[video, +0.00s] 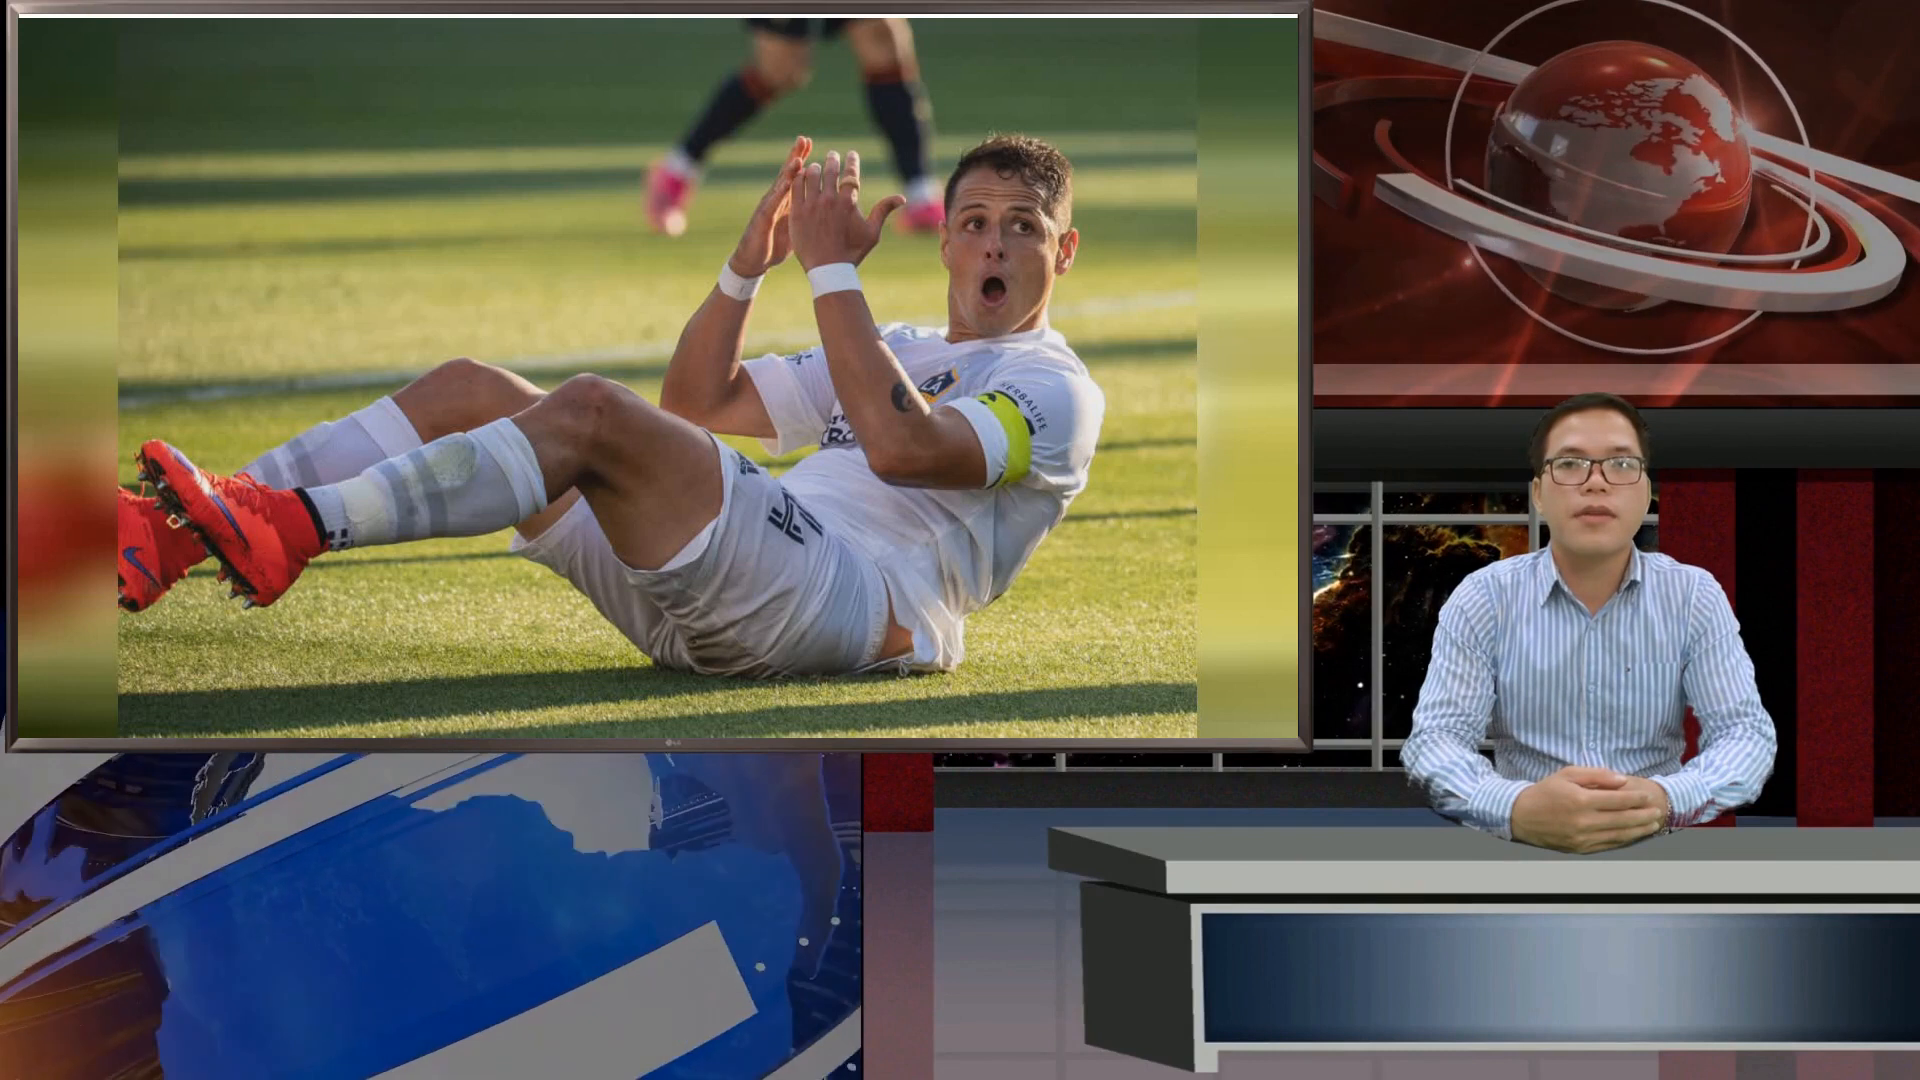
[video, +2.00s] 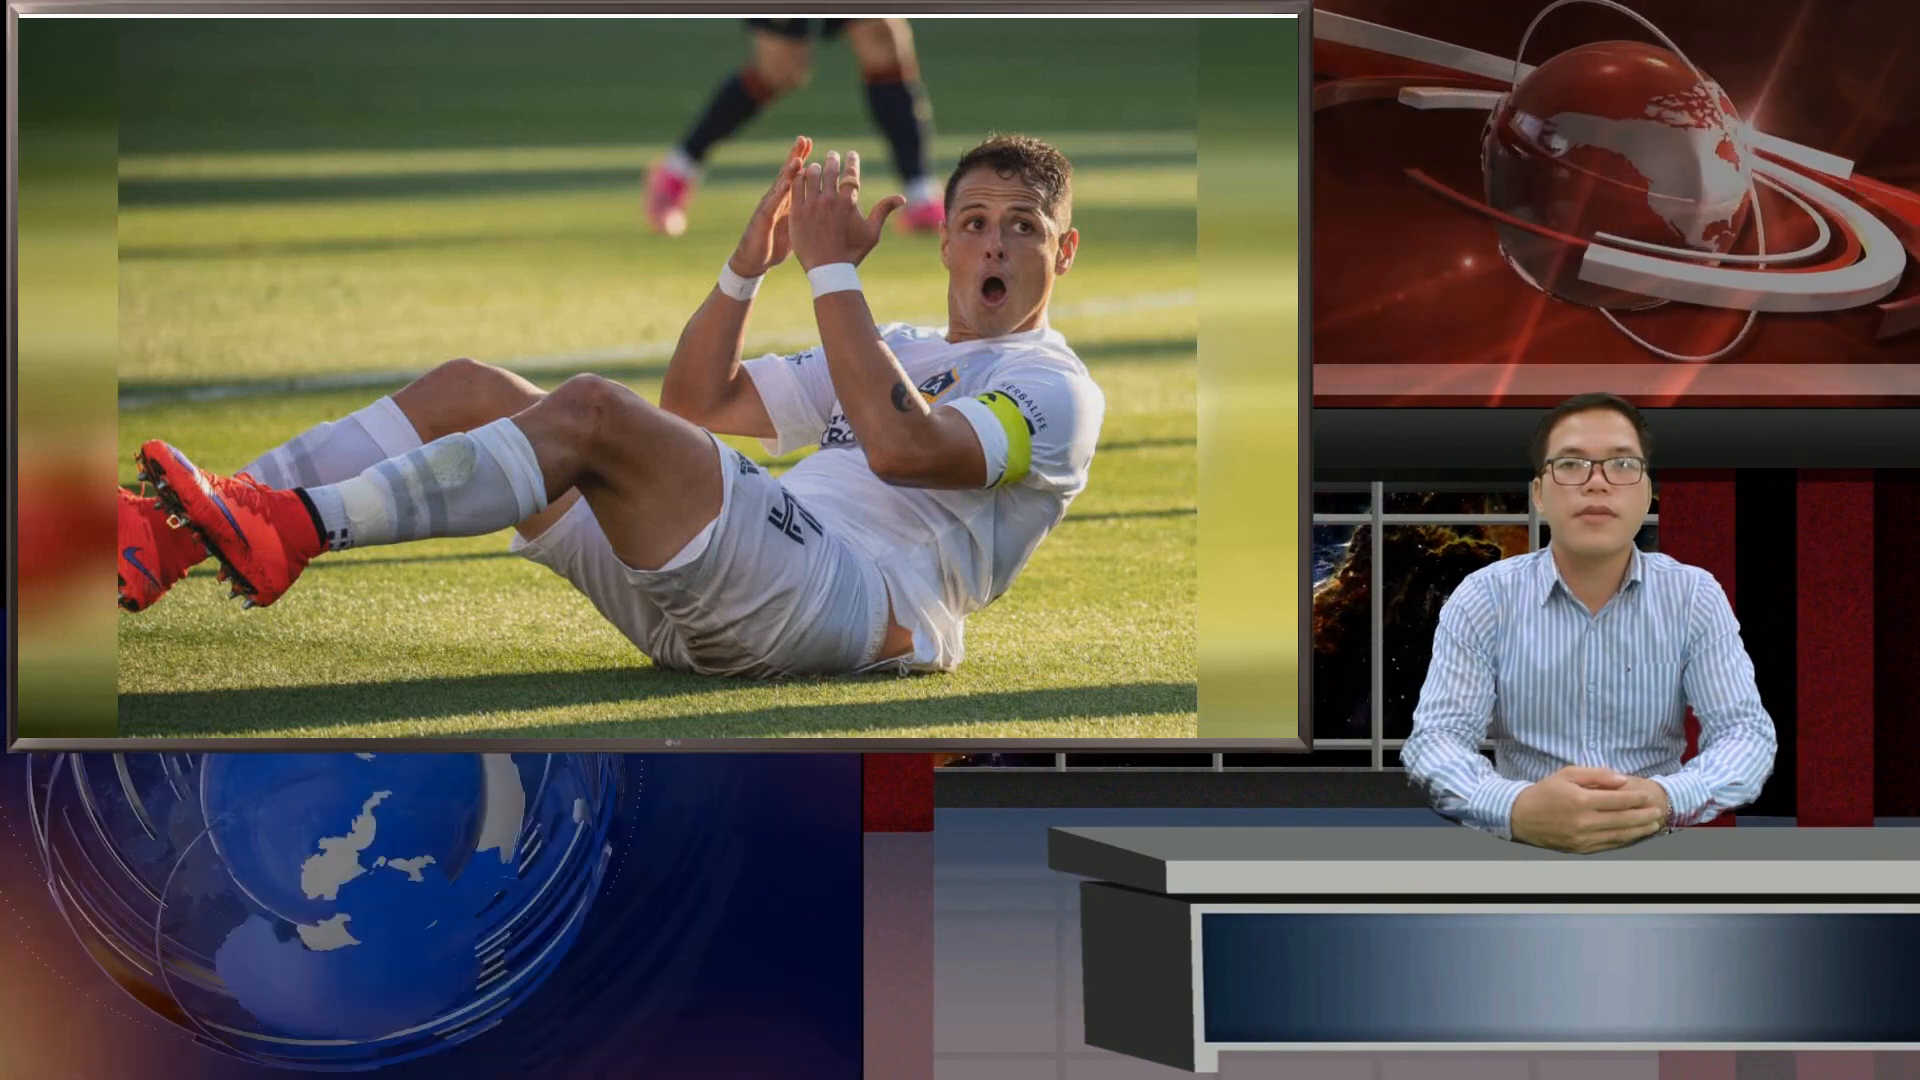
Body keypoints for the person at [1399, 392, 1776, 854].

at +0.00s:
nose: (1596, 483)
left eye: (1619, 464)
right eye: (1570, 464)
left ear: (1646, 494)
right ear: (1538, 496)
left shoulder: (1690, 598)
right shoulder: (1484, 601)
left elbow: (1745, 735)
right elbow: (1433, 745)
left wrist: (1667, 799)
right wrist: (1514, 809)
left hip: (1656, 853)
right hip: (1520, 857)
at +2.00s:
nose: (1597, 483)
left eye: (1620, 465)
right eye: (1571, 464)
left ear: (1647, 495)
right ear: (1539, 496)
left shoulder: (1691, 598)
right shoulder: (1484, 601)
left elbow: (1745, 735)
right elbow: (1433, 745)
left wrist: (1667, 799)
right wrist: (1514, 809)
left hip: (1657, 853)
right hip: (1520, 856)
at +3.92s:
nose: (1597, 483)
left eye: (1621, 465)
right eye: (1571, 464)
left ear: (1647, 496)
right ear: (1539, 496)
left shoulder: (1691, 598)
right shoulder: (1485, 601)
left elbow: (1745, 735)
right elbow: (1434, 745)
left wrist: (1667, 799)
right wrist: (1514, 809)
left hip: (1656, 852)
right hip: (1521, 856)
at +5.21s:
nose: (1598, 483)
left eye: (1621, 465)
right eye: (1572, 464)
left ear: (1648, 495)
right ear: (1540, 496)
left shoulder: (1692, 599)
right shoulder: (1485, 600)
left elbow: (1745, 735)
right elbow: (1434, 744)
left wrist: (1667, 799)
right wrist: (1513, 810)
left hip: (1656, 852)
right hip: (1519, 855)